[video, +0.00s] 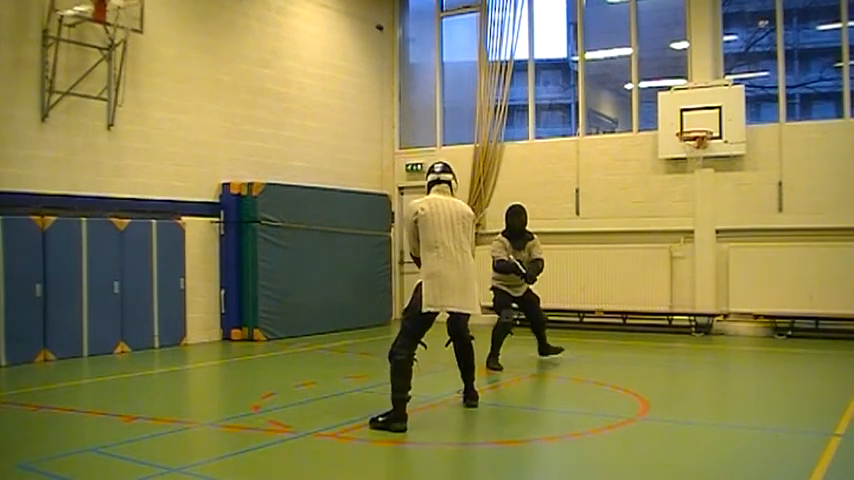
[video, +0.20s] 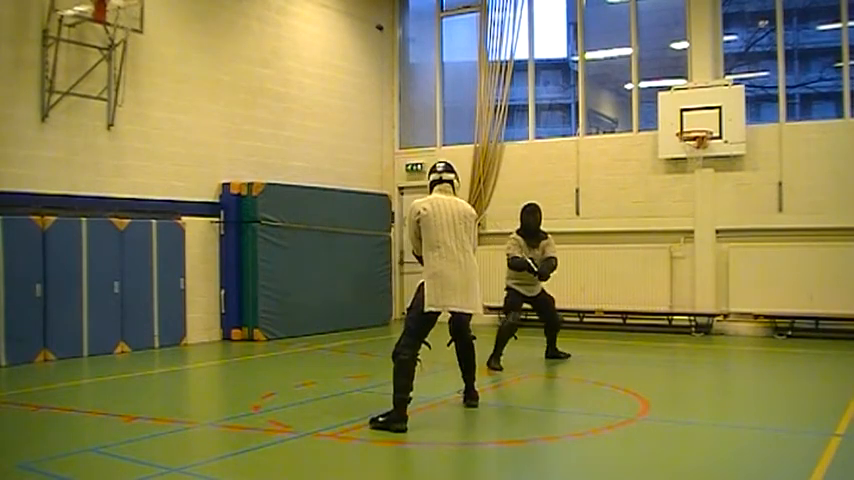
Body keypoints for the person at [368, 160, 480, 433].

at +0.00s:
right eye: (450, 182)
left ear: (428, 184)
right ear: (453, 184)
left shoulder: (417, 207)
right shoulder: (466, 210)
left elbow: (413, 251)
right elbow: (471, 247)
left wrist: (433, 269)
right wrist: (450, 267)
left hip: (432, 285)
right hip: (464, 285)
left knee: (402, 347)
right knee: (460, 333)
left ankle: (398, 413)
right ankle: (470, 392)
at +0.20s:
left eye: (434, 181)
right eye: (451, 182)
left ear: (430, 183)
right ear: (455, 183)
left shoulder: (420, 206)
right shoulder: (468, 210)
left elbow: (416, 249)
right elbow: (473, 246)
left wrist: (437, 265)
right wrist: (451, 263)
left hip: (434, 285)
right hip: (465, 284)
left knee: (407, 347)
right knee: (462, 334)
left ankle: (398, 413)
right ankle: (471, 392)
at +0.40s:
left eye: (434, 181)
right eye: (451, 182)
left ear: (430, 182)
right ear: (455, 183)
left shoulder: (419, 206)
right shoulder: (468, 211)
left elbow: (416, 248)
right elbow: (472, 247)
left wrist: (435, 264)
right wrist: (452, 263)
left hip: (432, 285)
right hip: (463, 285)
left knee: (403, 347)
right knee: (462, 334)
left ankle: (397, 414)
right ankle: (470, 392)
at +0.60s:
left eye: (434, 181)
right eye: (452, 182)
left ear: (429, 182)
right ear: (455, 184)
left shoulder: (417, 206)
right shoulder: (467, 211)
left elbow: (413, 249)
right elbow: (471, 250)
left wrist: (434, 266)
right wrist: (456, 269)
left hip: (430, 286)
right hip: (462, 286)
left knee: (400, 348)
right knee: (463, 335)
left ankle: (396, 414)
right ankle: (471, 392)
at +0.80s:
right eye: (453, 182)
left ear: (429, 182)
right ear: (454, 184)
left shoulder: (416, 206)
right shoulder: (466, 211)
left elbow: (413, 248)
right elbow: (471, 251)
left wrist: (433, 265)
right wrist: (457, 271)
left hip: (427, 284)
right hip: (460, 284)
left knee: (400, 348)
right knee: (463, 335)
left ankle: (396, 414)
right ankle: (471, 392)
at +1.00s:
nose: (456, 188)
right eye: (456, 183)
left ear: (430, 183)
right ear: (456, 185)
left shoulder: (415, 206)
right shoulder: (466, 211)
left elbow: (412, 247)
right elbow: (472, 253)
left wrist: (431, 267)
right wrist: (456, 272)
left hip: (423, 284)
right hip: (458, 284)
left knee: (400, 347)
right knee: (466, 336)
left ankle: (395, 414)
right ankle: (471, 392)